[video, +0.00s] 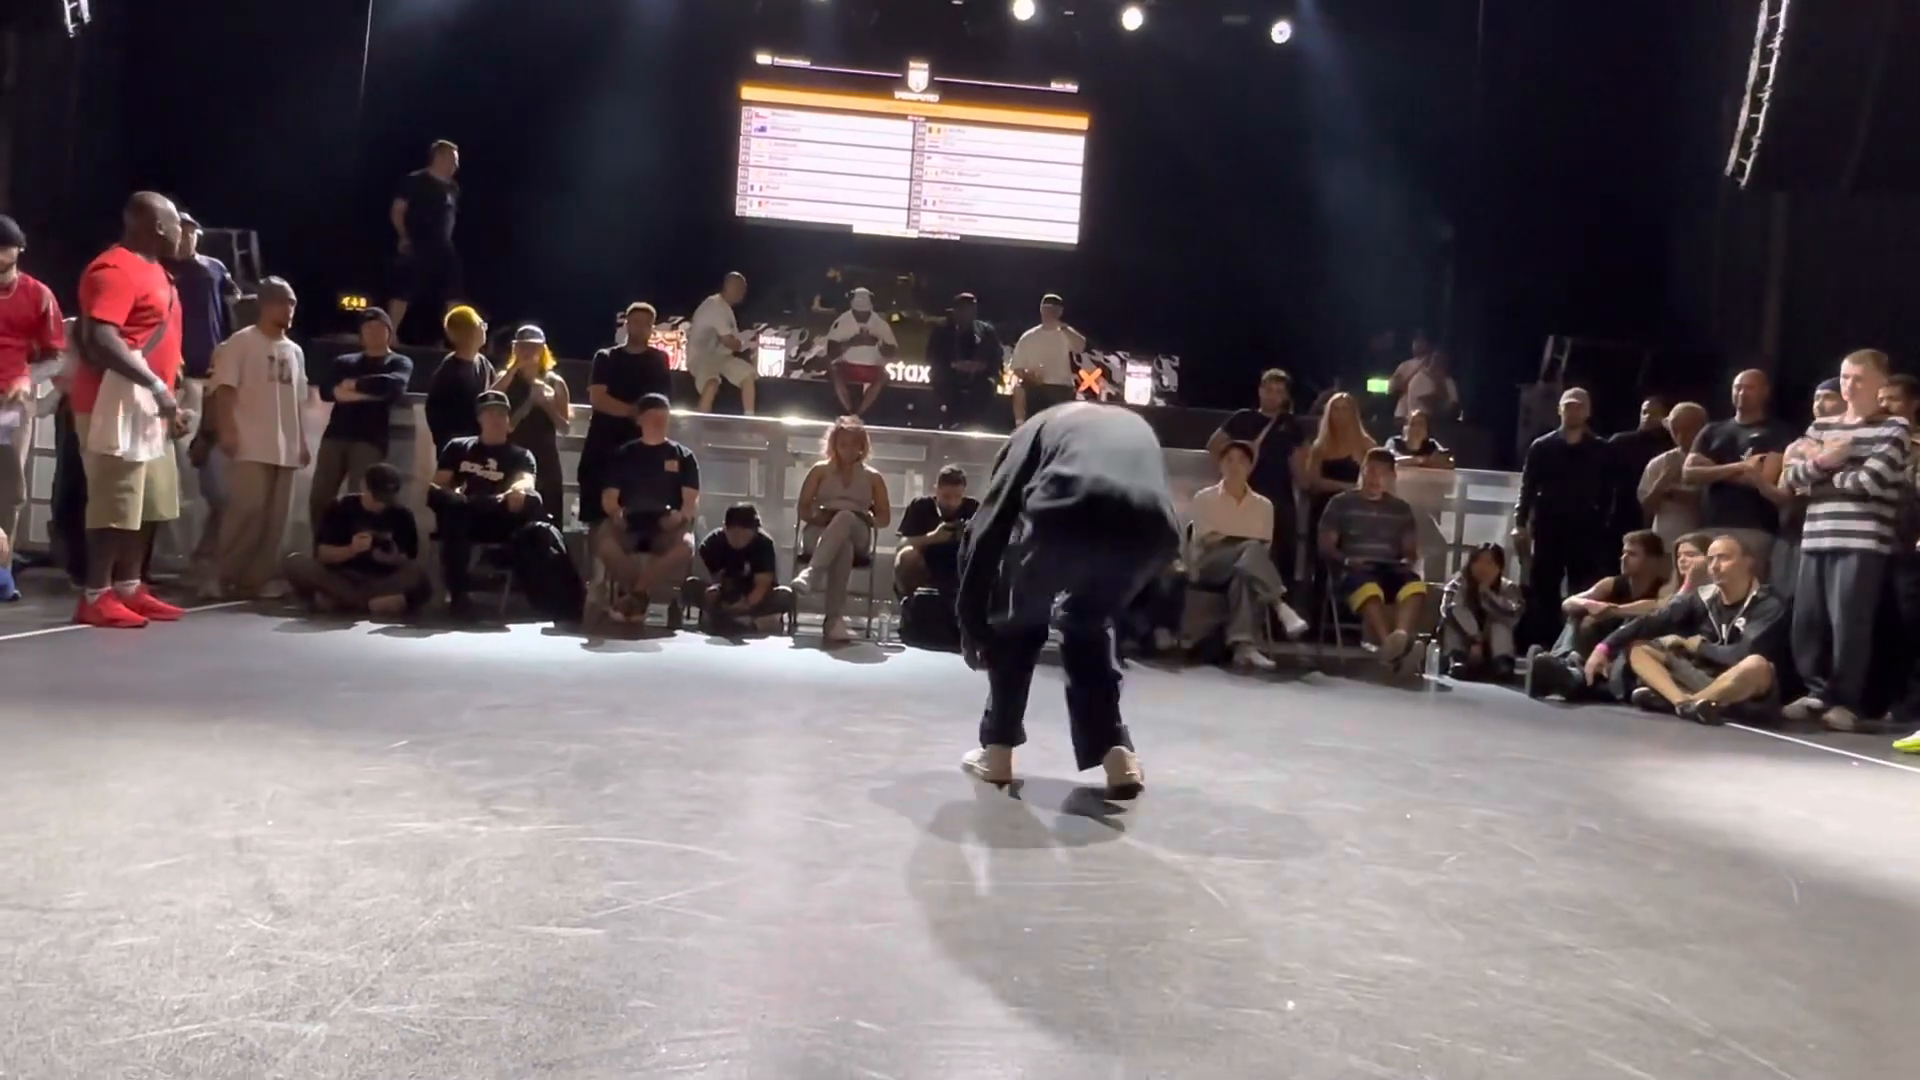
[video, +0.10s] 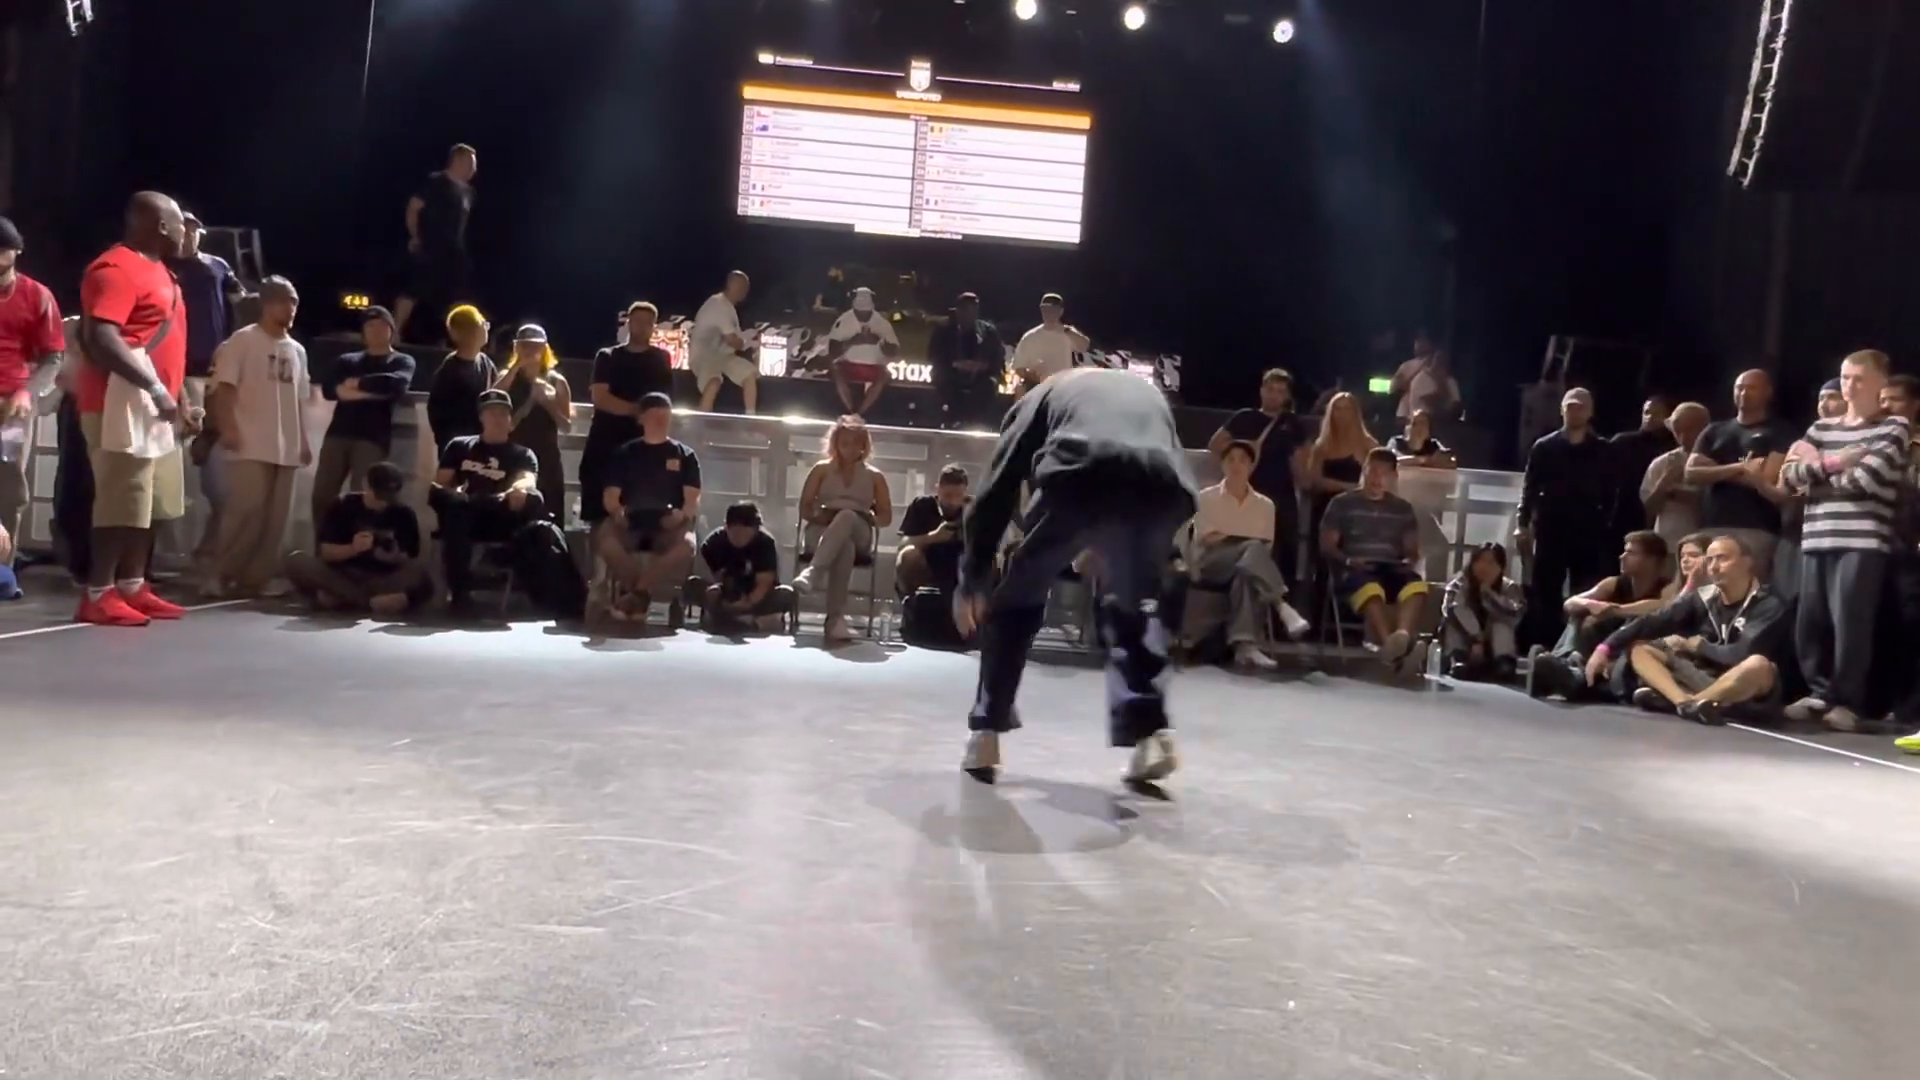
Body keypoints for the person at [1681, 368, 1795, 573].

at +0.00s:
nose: (1741, 393)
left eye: (1748, 388)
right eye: (1737, 388)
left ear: (1764, 393)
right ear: (1732, 392)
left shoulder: (1778, 434)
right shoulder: (1712, 430)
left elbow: (1764, 481)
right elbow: (1689, 472)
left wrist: (1713, 470)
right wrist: (1742, 467)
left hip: (1755, 529)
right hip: (1713, 525)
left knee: (1749, 601)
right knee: (1710, 598)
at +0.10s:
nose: (1742, 393)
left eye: (1749, 388)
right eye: (1739, 388)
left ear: (1767, 393)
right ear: (1733, 392)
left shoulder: (1781, 433)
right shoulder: (1714, 431)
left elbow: (1766, 482)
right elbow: (1691, 472)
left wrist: (1716, 470)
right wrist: (1743, 468)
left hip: (1757, 530)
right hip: (1714, 526)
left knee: (1749, 601)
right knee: (1710, 600)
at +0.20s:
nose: (1744, 394)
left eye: (1751, 388)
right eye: (1741, 388)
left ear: (1769, 393)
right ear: (1736, 392)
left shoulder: (1782, 433)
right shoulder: (1716, 431)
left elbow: (1772, 479)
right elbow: (1693, 472)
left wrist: (1718, 470)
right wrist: (1745, 467)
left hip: (1759, 530)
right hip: (1717, 526)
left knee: (1751, 601)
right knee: (1713, 601)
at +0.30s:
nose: (1747, 394)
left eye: (1754, 388)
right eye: (1744, 388)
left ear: (1772, 393)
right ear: (1738, 392)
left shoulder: (1785, 433)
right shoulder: (1718, 431)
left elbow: (1775, 480)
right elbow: (1696, 473)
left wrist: (1722, 471)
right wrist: (1747, 467)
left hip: (1762, 529)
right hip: (1720, 526)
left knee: (1753, 600)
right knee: (1714, 600)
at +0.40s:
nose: (1749, 394)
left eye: (1756, 389)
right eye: (1746, 388)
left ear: (1774, 393)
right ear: (1740, 392)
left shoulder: (1785, 433)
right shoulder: (1721, 431)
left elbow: (1776, 481)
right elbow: (1697, 473)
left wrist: (1724, 471)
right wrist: (1749, 467)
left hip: (1762, 528)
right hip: (1720, 525)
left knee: (1756, 601)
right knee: (1716, 600)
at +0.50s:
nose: (1750, 393)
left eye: (1757, 388)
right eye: (1747, 388)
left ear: (1775, 392)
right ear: (1742, 392)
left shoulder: (1786, 433)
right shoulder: (1721, 431)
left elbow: (1779, 481)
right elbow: (1699, 473)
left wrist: (1726, 471)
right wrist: (1751, 467)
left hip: (1763, 529)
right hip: (1721, 525)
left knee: (1757, 601)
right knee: (1717, 600)